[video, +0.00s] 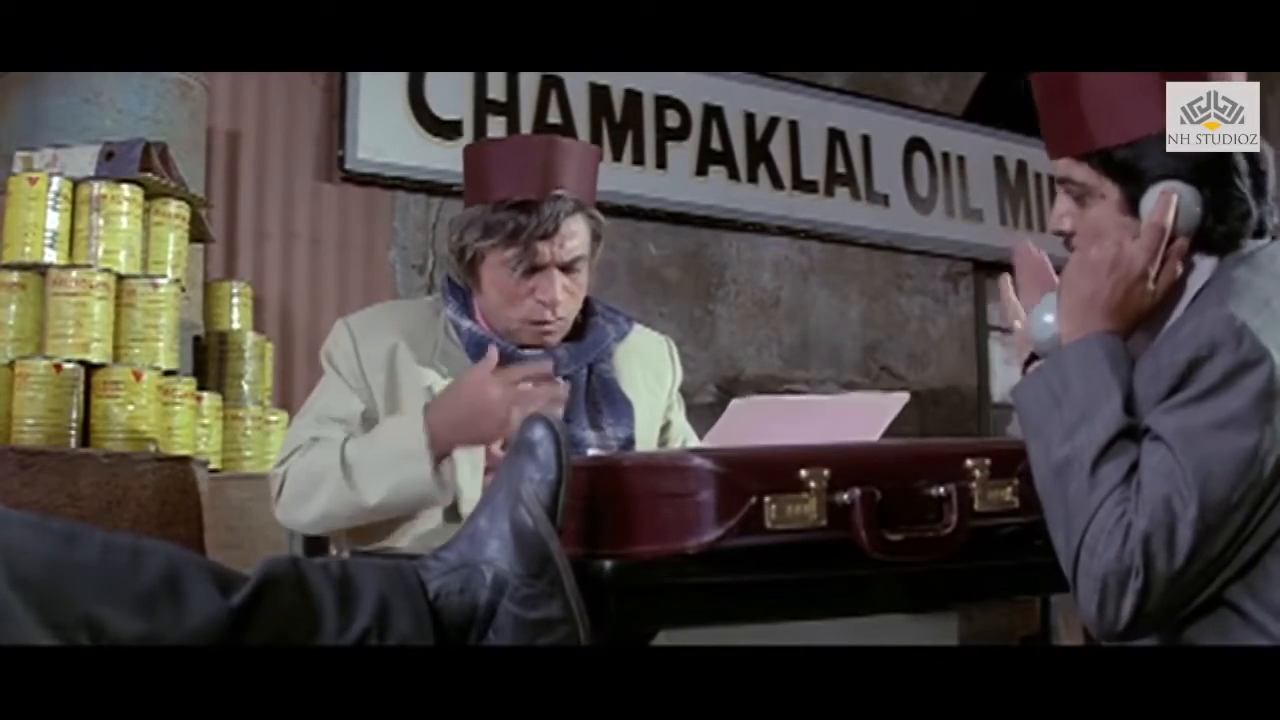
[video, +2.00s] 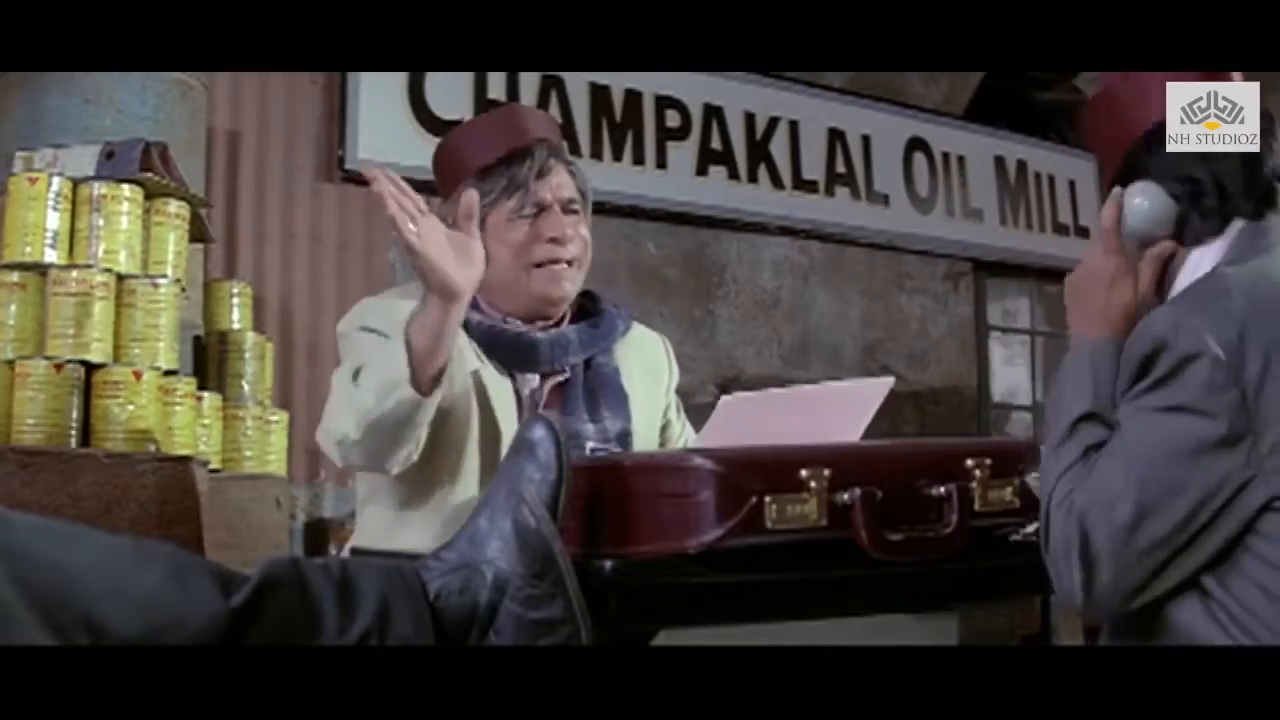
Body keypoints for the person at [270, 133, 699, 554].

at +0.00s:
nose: (553, 295)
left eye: (571, 268)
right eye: (527, 268)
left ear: (592, 265)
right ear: (470, 261)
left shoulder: (648, 360)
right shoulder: (374, 347)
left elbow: (688, 496)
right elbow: (299, 496)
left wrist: (564, 491)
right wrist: (438, 430)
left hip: (599, 618)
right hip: (421, 620)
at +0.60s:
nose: (547, 269)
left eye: (567, 246)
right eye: (520, 244)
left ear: (589, 258)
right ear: (468, 250)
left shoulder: (647, 359)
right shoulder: (393, 327)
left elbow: (683, 486)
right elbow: (329, 429)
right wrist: (508, 401)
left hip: (589, 608)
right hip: (418, 604)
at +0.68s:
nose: (567, 262)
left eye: (580, 236)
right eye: (533, 242)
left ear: (597, 243)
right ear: (475, 252)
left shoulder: (646, 360)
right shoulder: (393, 326)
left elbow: (681, 483)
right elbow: (354, 427)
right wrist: (489, 354)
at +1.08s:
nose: (554, 225)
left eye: (569, 207)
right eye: (523, 208)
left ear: (589, 232)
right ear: (465, 243)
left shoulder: (646, 354)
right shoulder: (396, 321)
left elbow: (676, 479)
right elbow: (397, 415)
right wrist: (541, 316)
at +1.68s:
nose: (511, 219)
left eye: (530, 204)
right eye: (489, 202)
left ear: (561, 219)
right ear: (446, 220)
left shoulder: (637, 345)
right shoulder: (394, 309)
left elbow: (683, 476)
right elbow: (419, 381)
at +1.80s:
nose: (548, 223)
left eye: (561, 205)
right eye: (514, 208)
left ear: (582, 227)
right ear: (459, 249)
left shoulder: (643, 352)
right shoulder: (416, 332)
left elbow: (686, 477)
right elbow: (401, 413)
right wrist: (421, 237)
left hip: (602, 622)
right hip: (439, 625)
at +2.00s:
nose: (559, 231)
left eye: (571, 209)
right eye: (526, 212)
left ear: (589, 224)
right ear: (462, 229)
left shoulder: (642, 355)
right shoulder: (391, 325)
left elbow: (681, 482)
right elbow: (363, 445)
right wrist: (445, 305)